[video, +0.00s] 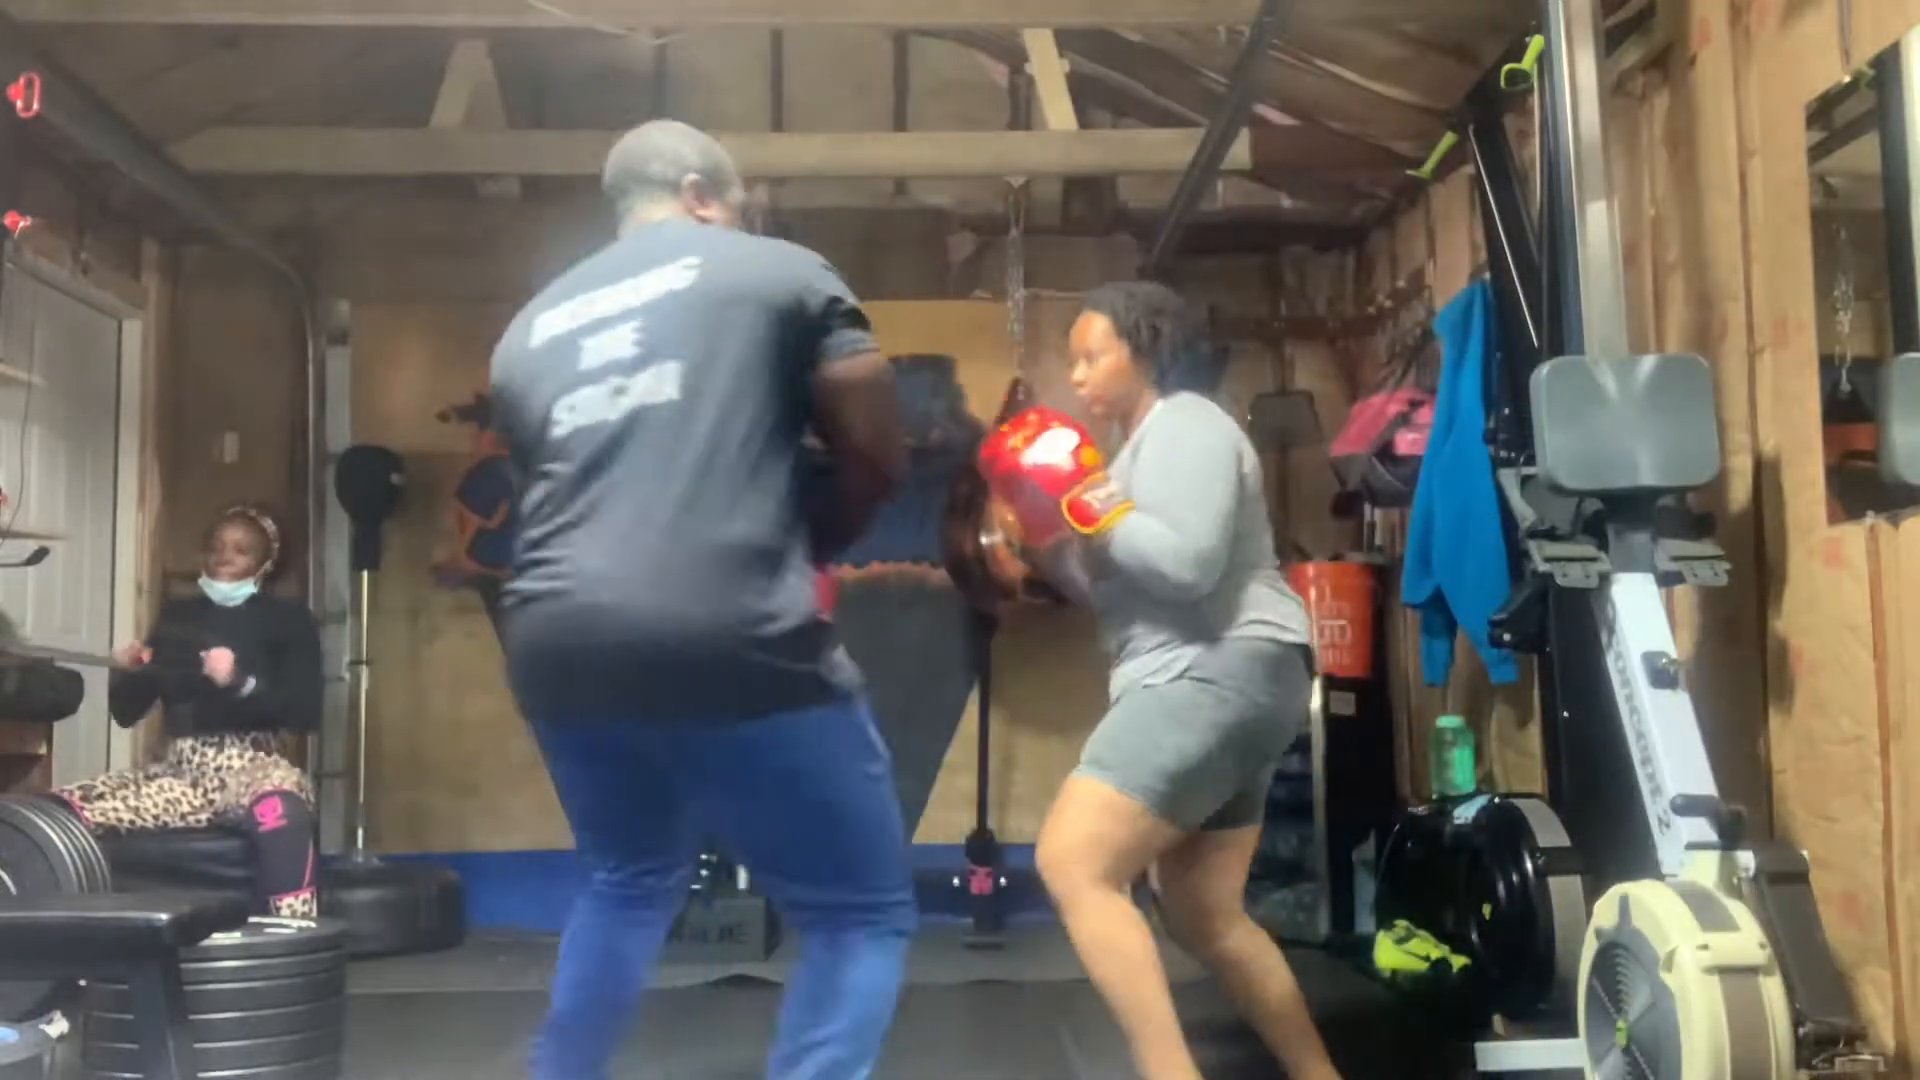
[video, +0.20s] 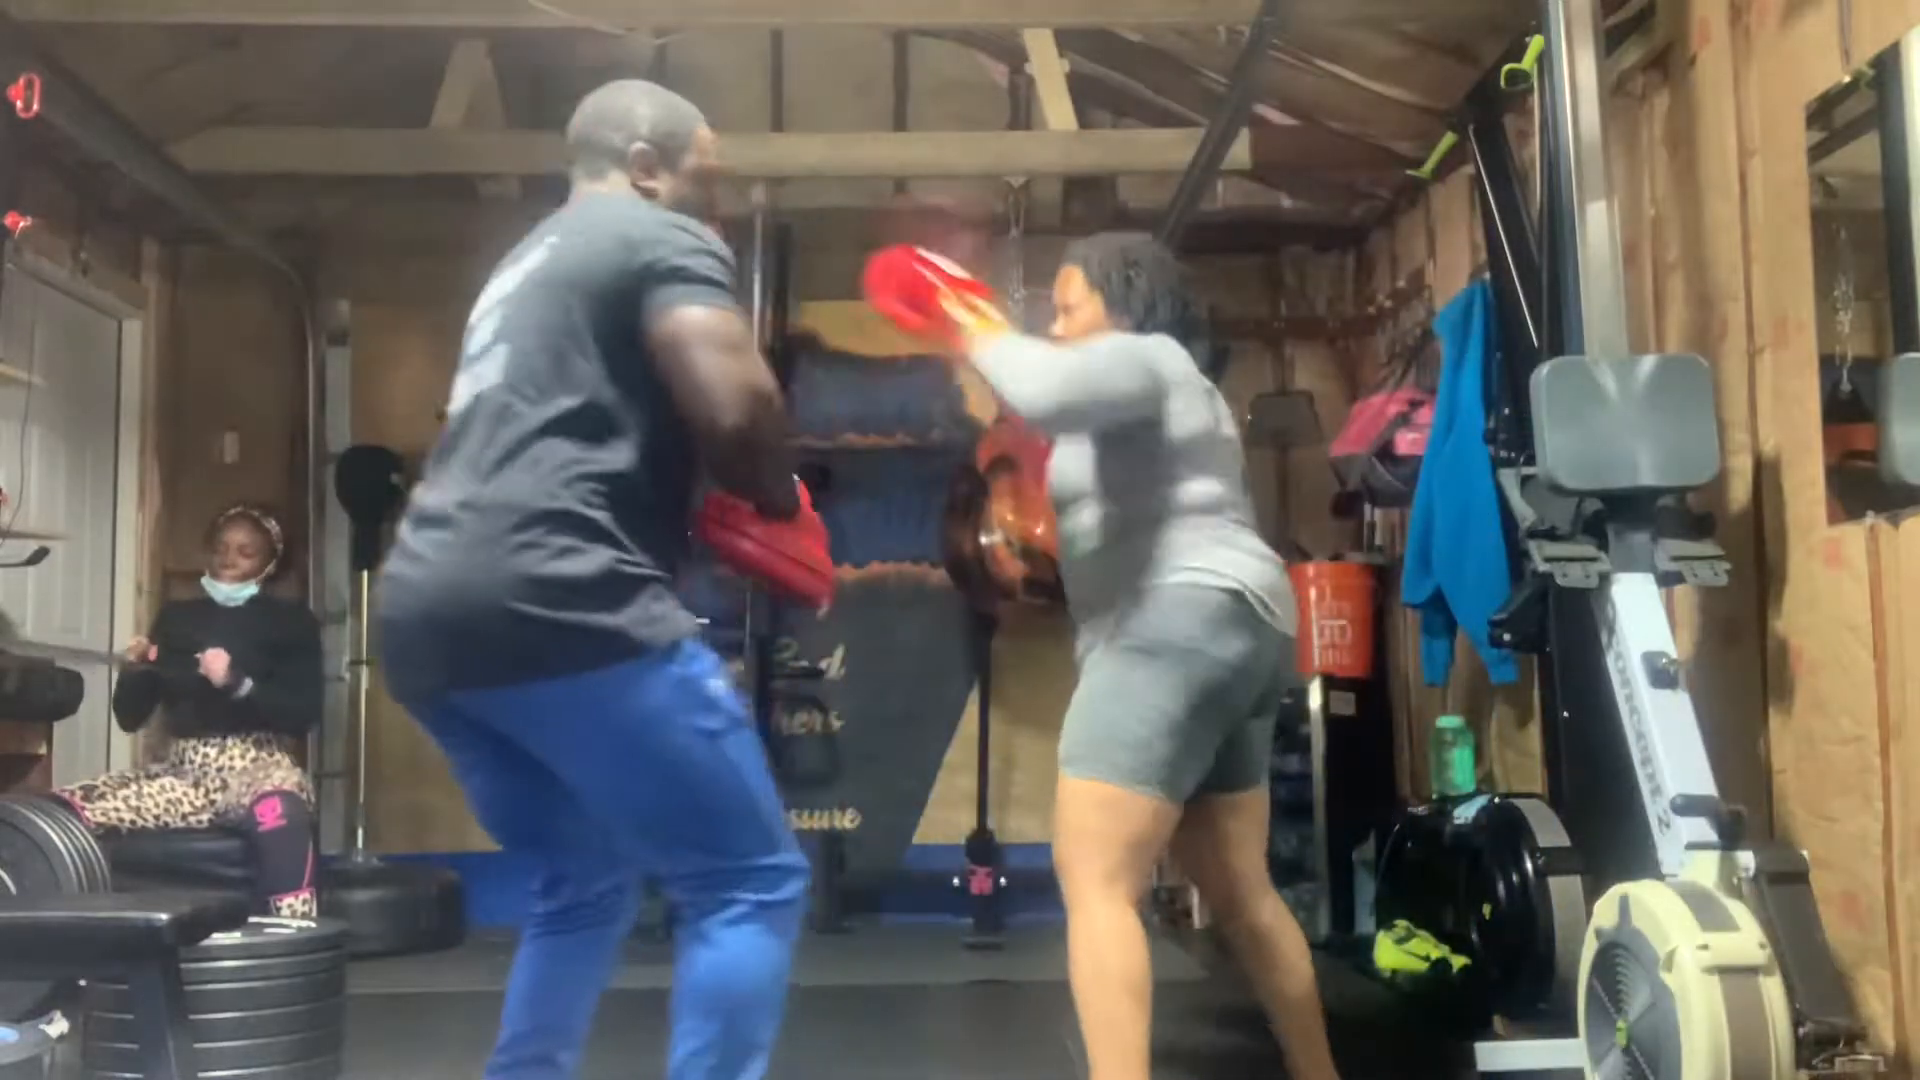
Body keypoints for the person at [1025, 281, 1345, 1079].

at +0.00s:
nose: (1074, 378)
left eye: (1088, 358)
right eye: (1073, 360)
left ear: (1141, 355)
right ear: (1123, 362)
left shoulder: (1187, 423)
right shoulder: (1129, 457)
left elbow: (1188, 566)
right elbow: (1104, 591)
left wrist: (1086, 501)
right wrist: (1041, 532)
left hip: (1223, 658)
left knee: (1076, 862)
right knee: (1206, 907)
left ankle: (1172, 1073)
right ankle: (1318, 1073)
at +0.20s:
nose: (1056, 324)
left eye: (1069, 305)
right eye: (1055, 308)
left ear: (1123, 300)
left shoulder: (1150, 360)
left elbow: (1045, 389)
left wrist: (974, 332)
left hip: (1183, 601)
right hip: (1241, 618)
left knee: (1097, 871)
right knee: (1239, 887)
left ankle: (1120, 1072)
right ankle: (1316, 1071)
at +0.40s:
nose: (1042, 327)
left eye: (1053, 304)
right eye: (1041, 307)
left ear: (1102, 291)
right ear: (1130, 293)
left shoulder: (1140, 349)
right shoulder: (1178, 376)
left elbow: (1038, 403)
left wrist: (949, 351)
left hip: (1168, 606)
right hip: (1240, 620)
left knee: (1063, 872)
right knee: (1198, 888)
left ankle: (1107, 1073)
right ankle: (1283, 1074)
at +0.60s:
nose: (1025, 320)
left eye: (1036, 298)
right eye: (1026, 300)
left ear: (1083, 290)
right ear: (1116, 295)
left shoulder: (1113, 355)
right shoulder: (1176, 386)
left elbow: (1037, 401)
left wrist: (963, 345)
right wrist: (1022, 519)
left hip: (1123, 626)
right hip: (1207, 639)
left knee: (1018, 887)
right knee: (1193, 910)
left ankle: (1025, 1070)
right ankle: (1277, 1074)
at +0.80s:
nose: (986, 278)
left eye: (993, 261)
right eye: (986, 262)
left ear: (1033, 258)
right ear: (1100, 262)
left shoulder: (1039, 318)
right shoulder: (1152, 371)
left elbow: (887, 311)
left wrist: (782, 241)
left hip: (1085, 608)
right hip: (1178, 621)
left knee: (1017, 900)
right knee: (1150, 887)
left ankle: (1027, 1073)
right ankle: (1271, 1069)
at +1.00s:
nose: (988, 294)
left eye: (1003, 272)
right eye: (989, 274)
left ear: (1062, 268)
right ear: (1065, 272)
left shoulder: (1094, 343)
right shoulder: (1093, 351)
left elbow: (1045, 481)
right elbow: (1034, 477)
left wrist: (969, 406)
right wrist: (971, 410)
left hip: (1098, 632)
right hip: (1150, 633)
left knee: (1018, 907)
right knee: (1176, 907)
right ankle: (1266, 1071)